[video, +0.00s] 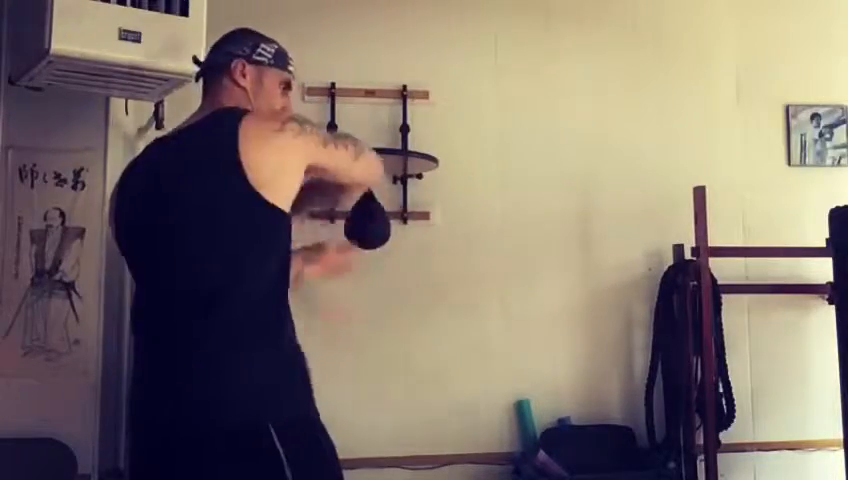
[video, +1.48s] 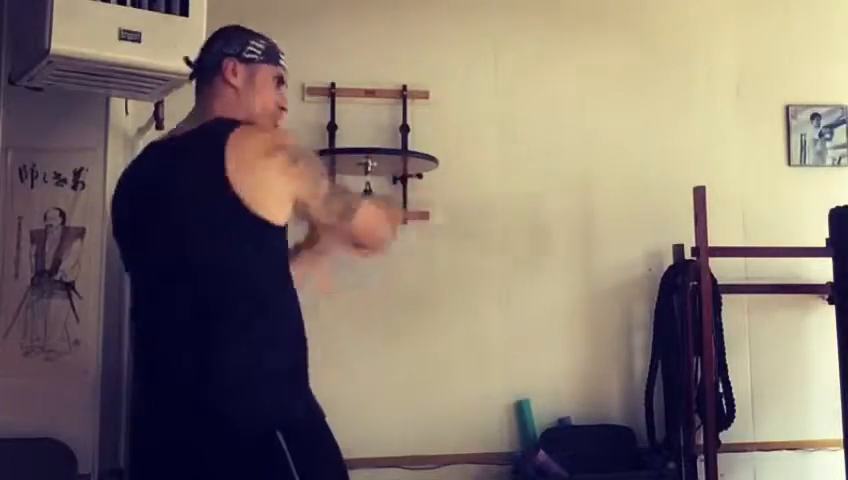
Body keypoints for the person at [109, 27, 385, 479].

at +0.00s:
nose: (290, 104)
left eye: (290, 90)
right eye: (284, 86)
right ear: (241, 74)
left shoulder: (135, 174)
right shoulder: (273, 140)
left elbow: (199, 277)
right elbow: (368, 168)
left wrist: (303, 263)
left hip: (162, 407)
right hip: (256, 409)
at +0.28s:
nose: (270, 87)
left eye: (268, 73)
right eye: (258, 69)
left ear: (212, 69)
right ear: (209, 66)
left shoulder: (143, 166)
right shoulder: (225, 166)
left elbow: (239, 283)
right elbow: (336, 267)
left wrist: (351, 229)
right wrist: (406, 213)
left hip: (169, 423)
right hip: (253, 430)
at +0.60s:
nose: (257, 91)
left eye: (255, 76)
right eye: (244, 73)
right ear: (196, 71)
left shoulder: (248, 175)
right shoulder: (149, 180)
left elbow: (319, 281)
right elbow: (211, 317)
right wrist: (293, 246)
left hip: (276, 431)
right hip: (194, 438)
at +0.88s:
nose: (305, 111)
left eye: (306, 98)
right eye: (298, 94)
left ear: (256, 87)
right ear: (253, 84)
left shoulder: (295, 190)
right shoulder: (167, 151)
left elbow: (316, 288)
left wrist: (228, 284)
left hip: (262, 392)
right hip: (180, 390)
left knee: (298, 470)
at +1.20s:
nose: (292, 120)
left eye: (293, 108)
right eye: (287, 103)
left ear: (240, 91)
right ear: (248, 88)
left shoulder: (150, 171)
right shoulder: (261, 138)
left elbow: (205, 299)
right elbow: (390, 177)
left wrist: (310, 277)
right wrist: (378, 239)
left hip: (153, 417)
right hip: (243, 419)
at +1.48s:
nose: (284, 101)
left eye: (283, 86)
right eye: (276, 81)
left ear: (228, 76)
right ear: (233, 73)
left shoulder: (136, 175)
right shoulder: (263, 150)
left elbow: (227, 290)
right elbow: (369, 226)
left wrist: (319, 248)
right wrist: (378, 212)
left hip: (165, 417)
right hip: (259, 415)